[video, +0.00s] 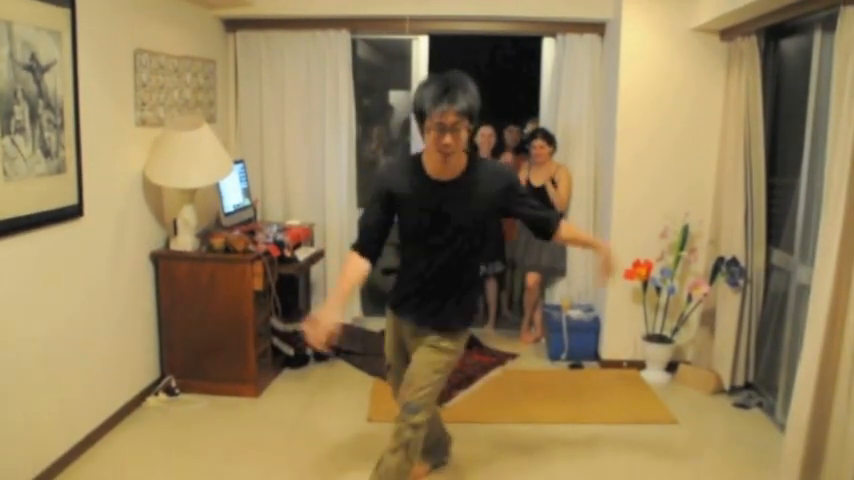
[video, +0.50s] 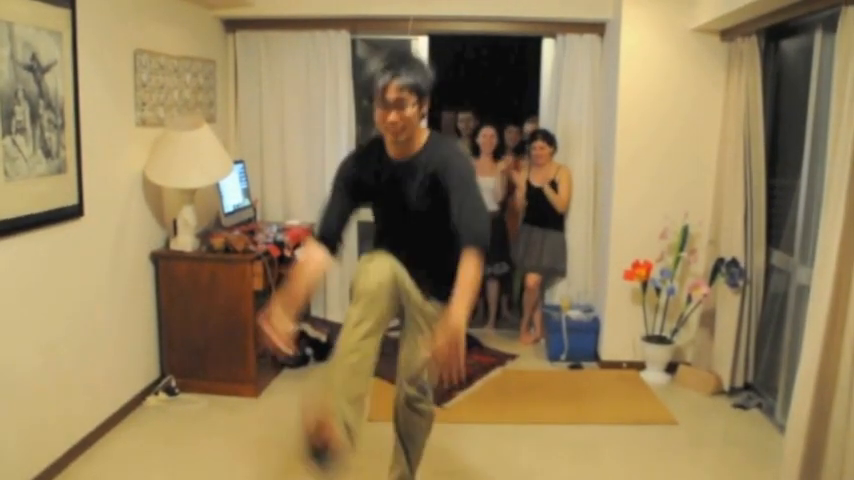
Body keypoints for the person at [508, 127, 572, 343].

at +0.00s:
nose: (537, 152)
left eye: (542, 147)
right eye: (534, 147)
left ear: (551, 149)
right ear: (529, 150)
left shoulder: (560, 172)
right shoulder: (524, 172)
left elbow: (561, 205)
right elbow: (518, 200)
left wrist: (548, 183)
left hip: (550, 232)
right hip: (527, 229)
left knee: (532, 278)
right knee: (535, 283)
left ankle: (525, 323)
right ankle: (539, 327)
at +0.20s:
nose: (537, 152)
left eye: (542, 147)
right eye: (534, 147)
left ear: (552, 150)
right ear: (529, 151)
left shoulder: (560, 172)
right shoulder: (523, 173)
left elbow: (562, 206)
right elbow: (516, 201)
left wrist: (538, 196)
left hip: (548, 231)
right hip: (524, 230)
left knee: (531, 279)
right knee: (534, 283)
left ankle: (525, 323)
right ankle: (538, 326)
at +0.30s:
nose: (537, 152)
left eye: (542, 148)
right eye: (534, 148)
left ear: (552, 150)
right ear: (529, 151)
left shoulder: (561, 172)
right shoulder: (526, 171)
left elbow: (562, 206)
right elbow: (521, 201)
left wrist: (542, 189)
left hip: (550, 231)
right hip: (529, 228)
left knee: (532, 278)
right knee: (534, 283)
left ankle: (525, 323)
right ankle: (538, 327)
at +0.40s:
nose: (537, 153)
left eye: (542, 148)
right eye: (534, 148)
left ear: (552, 150)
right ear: (530, 151)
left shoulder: (561, 172)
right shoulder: (525, 172)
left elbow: (562, 206)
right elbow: (519, 207)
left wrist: (548, 186)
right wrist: (517, 189)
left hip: (550, 231)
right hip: (529, 229)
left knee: (532, 279)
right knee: (535, 284)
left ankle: (525, 324)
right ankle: (538, 327)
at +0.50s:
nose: (537, 153)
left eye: (542, 148)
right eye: (534, 148)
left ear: (552, 150)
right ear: (530, 151)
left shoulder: (561, 172)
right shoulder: (526, 173)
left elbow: (562, 206)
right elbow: (519, 206)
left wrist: (545, 187)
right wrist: (519, 183)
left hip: (551, 231)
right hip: (530, 228)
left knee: (532, 279)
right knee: (535, 284)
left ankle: (525, 323)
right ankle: (538, 328)